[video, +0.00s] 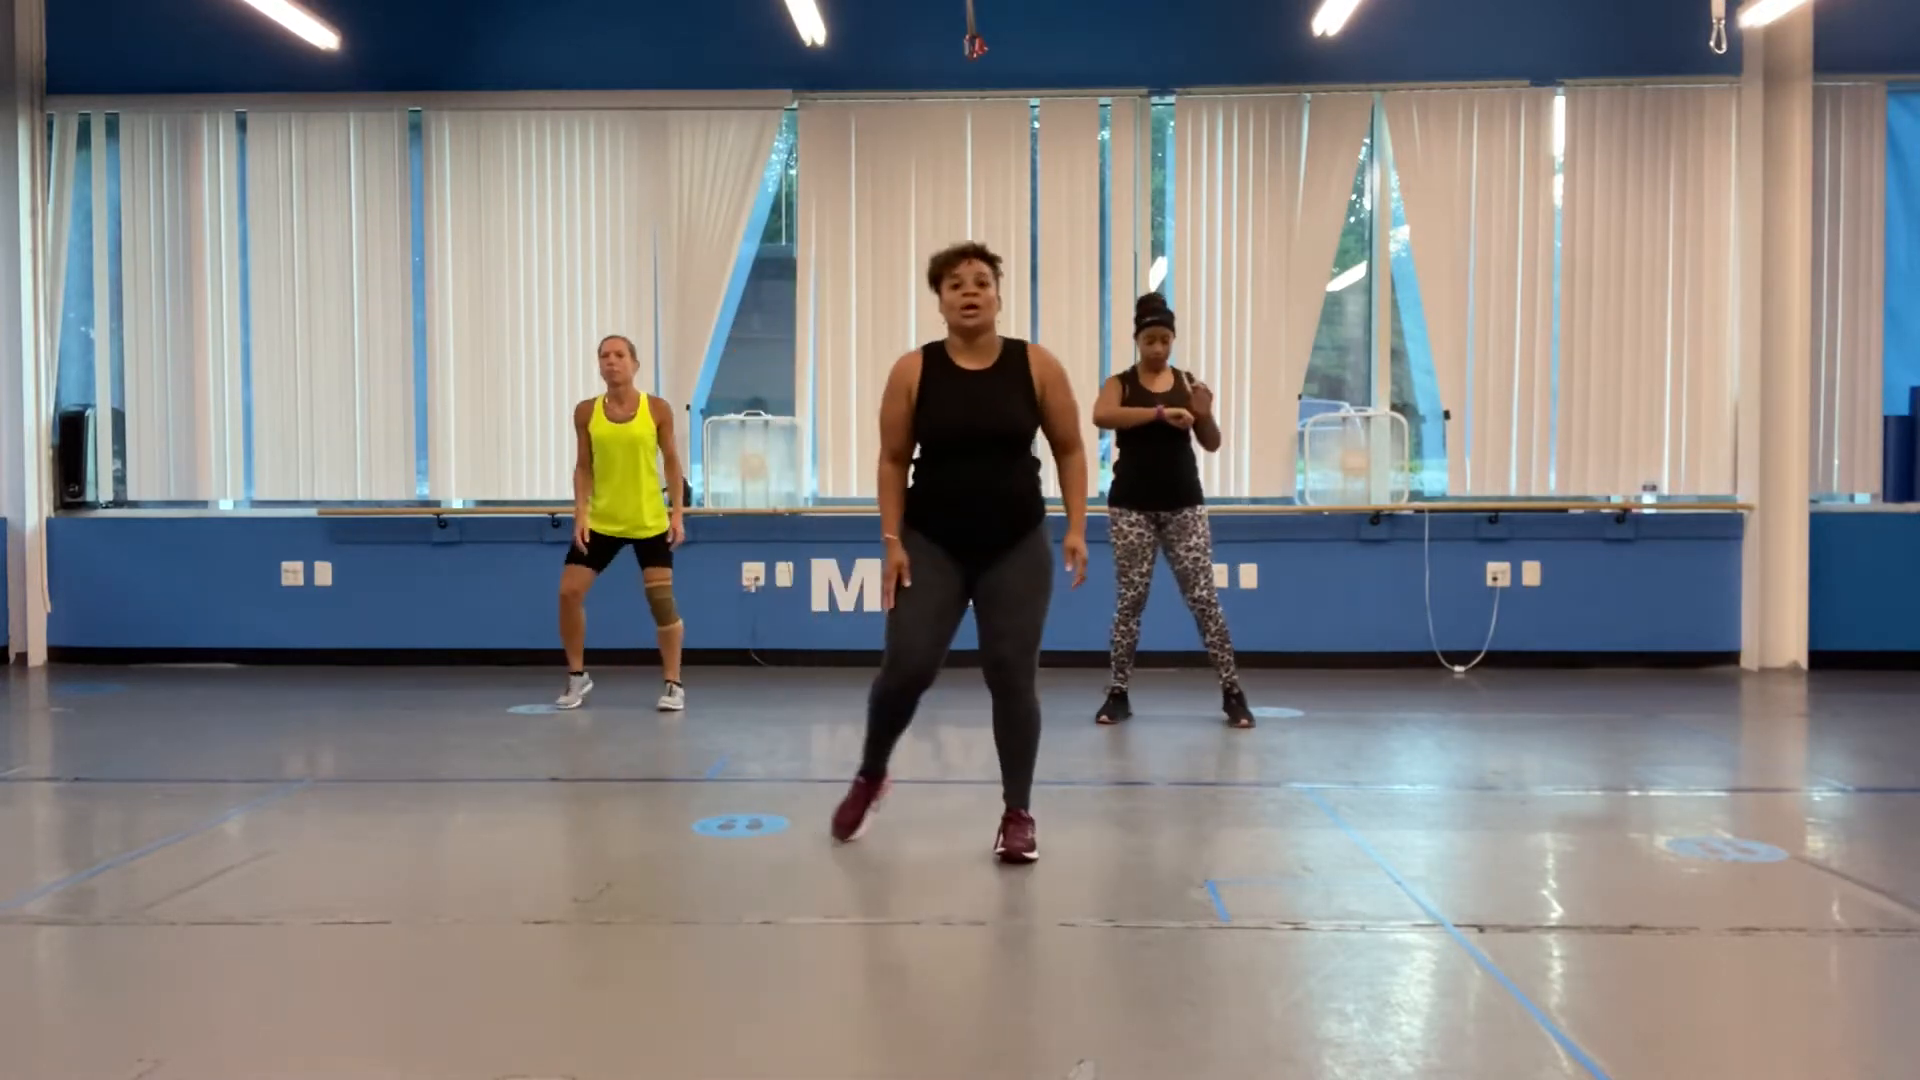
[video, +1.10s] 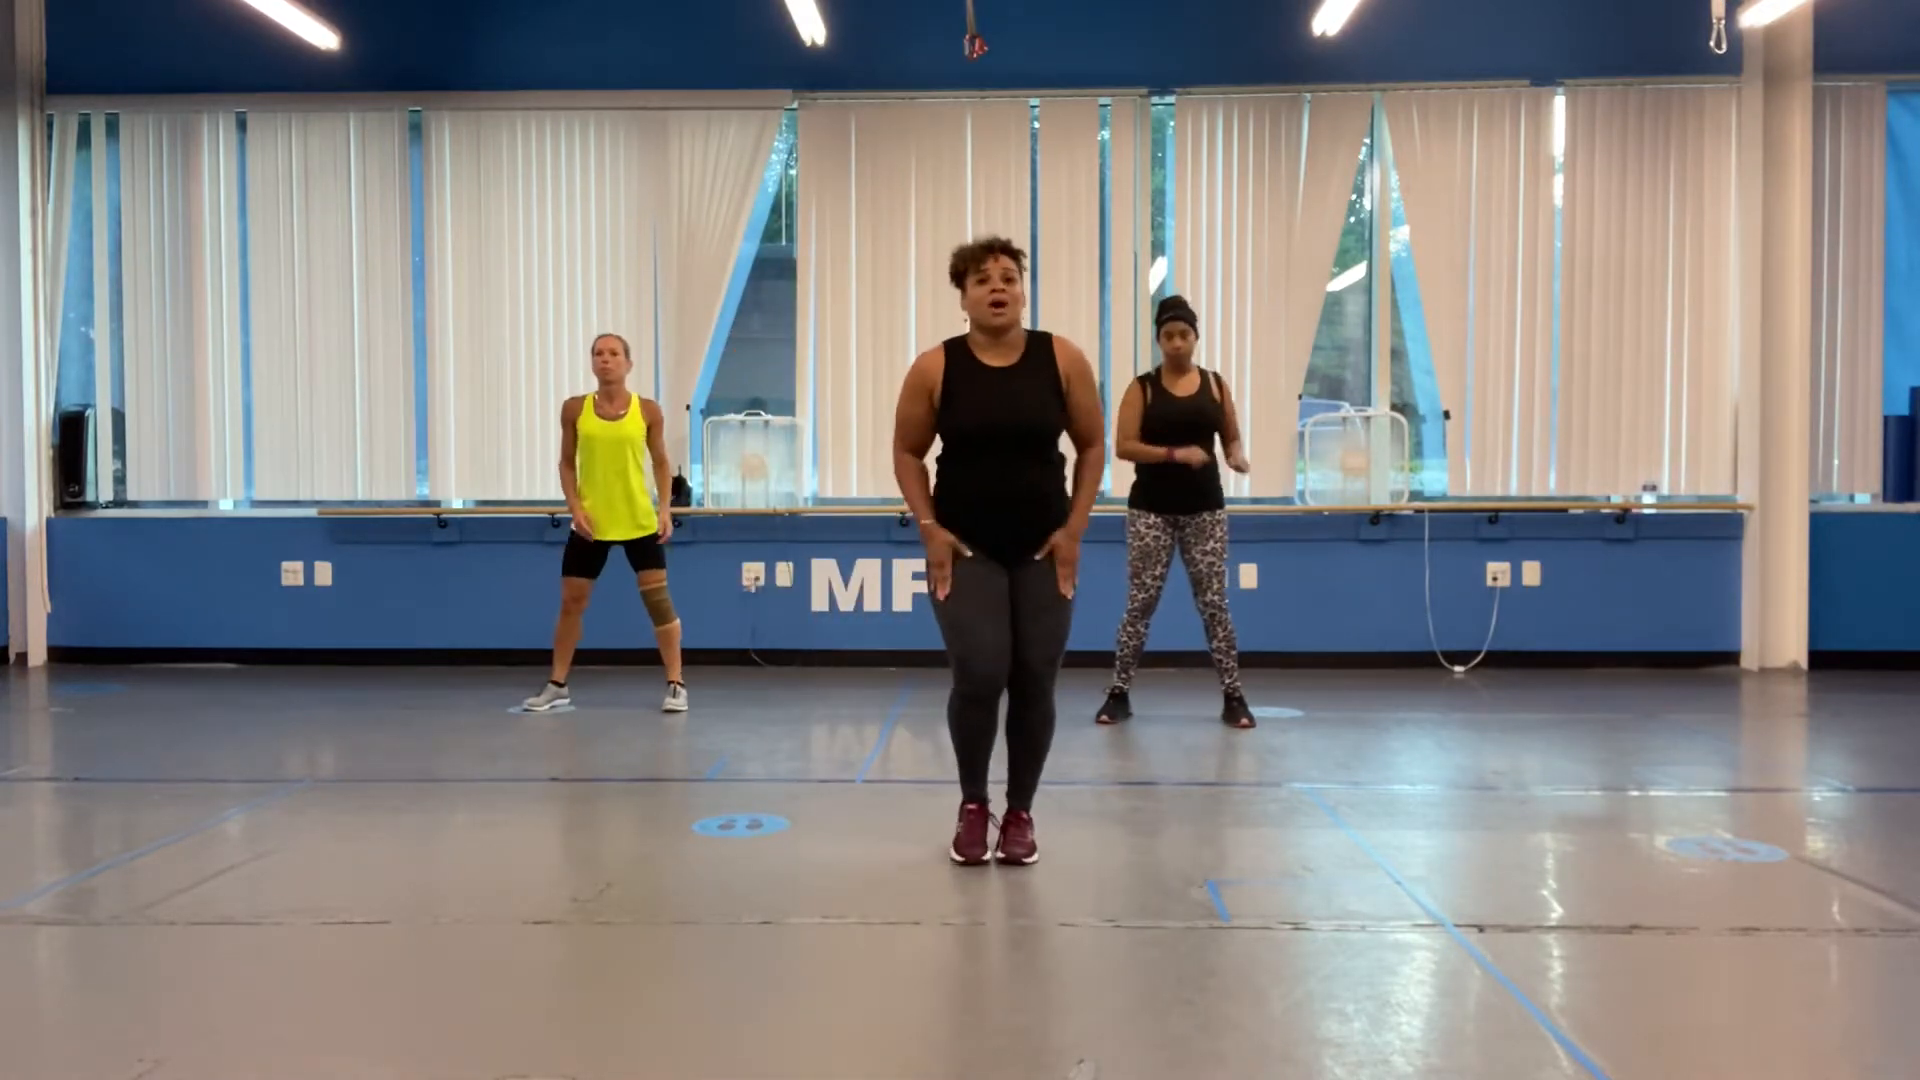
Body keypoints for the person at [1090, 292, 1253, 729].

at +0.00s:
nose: (1158, 347)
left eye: (1164, 340)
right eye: (1150, 340)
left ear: (1173, 341)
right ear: (1137, 341)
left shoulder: (1189, 385)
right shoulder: (1119, 384)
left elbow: (1211, 444)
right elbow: (1101, 416)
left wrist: (1203, 415)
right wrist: (1160, 413)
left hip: (1183, 507)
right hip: (1131, 508)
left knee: (1202, 599)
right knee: (1130, 599)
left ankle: (1232, 691)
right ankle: (1117, 693)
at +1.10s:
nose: (1177, 341)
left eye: (1184, 334)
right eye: (1169, 334)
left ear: (1195, 338)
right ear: (1159, 340)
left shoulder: (1214, 385)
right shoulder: (1141, 389)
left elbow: (1230, 438)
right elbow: (1125, 447)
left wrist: (1235, 456)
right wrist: (1174, 453)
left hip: (1204, 511)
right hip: (1152, 510)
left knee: (1214, 603)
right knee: (1141, 602)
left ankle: (1233, 695)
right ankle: (1118, 693)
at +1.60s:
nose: (1142, 347)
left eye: (1150, 340)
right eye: (1135, 339)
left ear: (1159, 349)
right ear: (1120, 345)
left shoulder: (1170, 399)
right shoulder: (1095, 394)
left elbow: (1214, 437)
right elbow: (1076, 440)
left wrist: (1271, 458)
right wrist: (1132, 421)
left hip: (1168, 516)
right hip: (1115, 518)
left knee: (1190, 601)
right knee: (1098, 605)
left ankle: (1249, 665)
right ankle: (1089, 694)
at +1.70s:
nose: (1136, 349)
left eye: (1144, 343)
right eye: (1129, 342)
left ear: (1153, 353)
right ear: (1116, 349)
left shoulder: (1165, 404)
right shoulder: (1090, 399)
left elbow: (1201, 455)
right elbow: (1056, 446)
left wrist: (1248, 490)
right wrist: (1091, 453)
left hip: (1163, 521)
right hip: (1108, 524)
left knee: (1182, 604)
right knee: (1090, 608)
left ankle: (1229, 667)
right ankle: (1088, 695)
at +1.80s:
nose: (1138, 345)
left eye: (1146, 339)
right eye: (1130, 339)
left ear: (1155, 348)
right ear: (1118, 347)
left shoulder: (1170, 402)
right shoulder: (1094, 400)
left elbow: (1194, 456)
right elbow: (1051, 445)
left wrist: (1207, 504)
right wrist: (1044, 487)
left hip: (1162, 518)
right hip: (1107, 519)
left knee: (1184, 605)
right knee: (1097, 607)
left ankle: (1214, 685)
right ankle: (1087, 694)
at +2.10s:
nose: (1166, 356)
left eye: (1172, 349)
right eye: (1157, 351)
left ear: (1185, 357)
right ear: (1146, 362)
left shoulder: (1208, 408)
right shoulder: (1131, 414)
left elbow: (1223, 470)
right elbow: (1107, 474)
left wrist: (1194, 506)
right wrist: (1070, 483)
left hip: (1190, 523)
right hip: (1135, 524)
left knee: (1208, 607)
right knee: (1135, 606)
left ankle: (1222, 697)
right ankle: (1082, 651)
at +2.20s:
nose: (1163, 357)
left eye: (1170, 350)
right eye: (1154, 352)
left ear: (1182, 358)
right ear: (1144, 363)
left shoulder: (1206, 409)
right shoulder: (1129, 418)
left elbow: (1225, 468)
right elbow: (1118, 482)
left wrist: (1239, 520)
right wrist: (1112, 529)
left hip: (1193, 528)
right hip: (1138, 530)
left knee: (1208, 611)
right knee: (1130, 612)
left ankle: (1223, 697)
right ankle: (1101, 688)